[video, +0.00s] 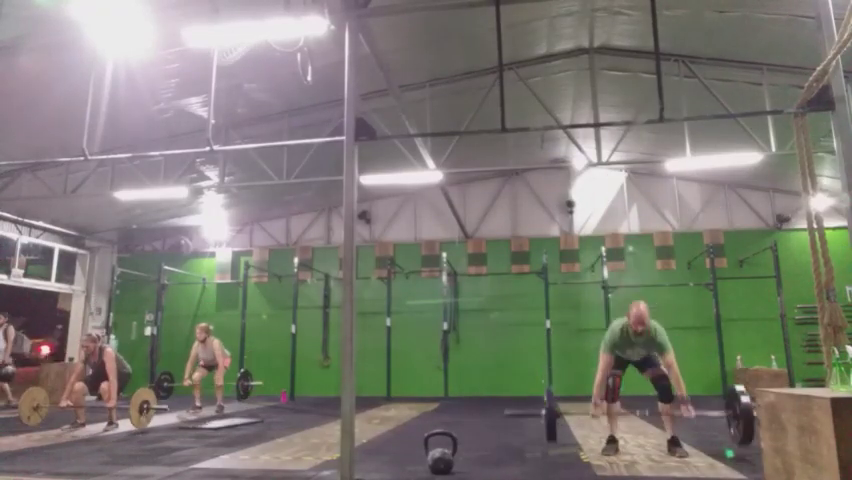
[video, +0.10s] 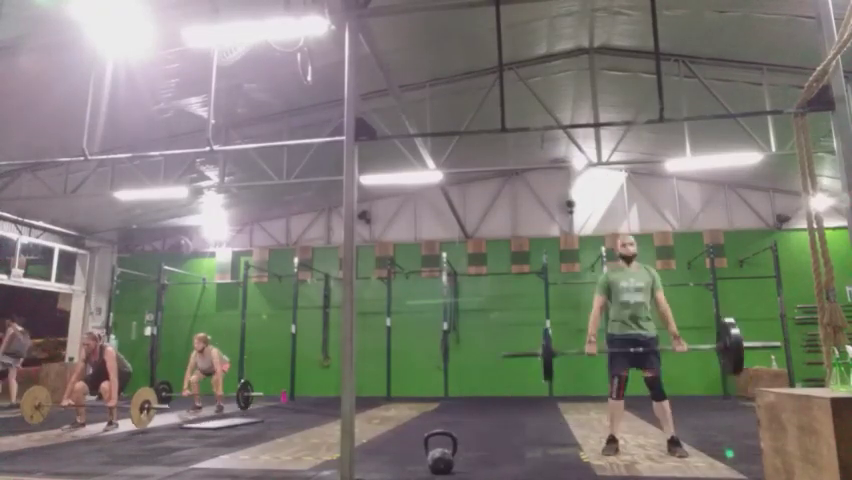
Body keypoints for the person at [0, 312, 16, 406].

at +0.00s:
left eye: (1, 317)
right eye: (0, 317)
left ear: (5, 318)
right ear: (2, 319)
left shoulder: (9, 328)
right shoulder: (3, 328)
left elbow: (9, 343)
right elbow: (9, 343)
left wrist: (6, 357)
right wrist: (6, 357)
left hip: (3, 359)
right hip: (2, 359)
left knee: (3, 381)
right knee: (3, 381)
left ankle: (10, 399)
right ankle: (10, 399)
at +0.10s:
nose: (7, 323)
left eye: (8, 321)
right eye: (7, 321)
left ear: (11, 321)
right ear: (19, 322)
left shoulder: (11, 329)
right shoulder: (24, 332)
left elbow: (5, 342)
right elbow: (25, 349)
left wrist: (1, 352)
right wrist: (20, 362)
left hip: (6, 356)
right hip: (16, 358)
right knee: (12, 378)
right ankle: (13, 400)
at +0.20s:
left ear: (6, 323)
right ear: (15, 323)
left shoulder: (3, 332)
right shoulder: (19, 334)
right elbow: (21, 349)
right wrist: (21, 361)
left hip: (3, 357)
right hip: (12, 358)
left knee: (4, 379)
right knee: (11, 379)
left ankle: (10, 398)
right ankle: (10, 399)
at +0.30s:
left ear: (5, 324)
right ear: (12, 325)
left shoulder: (2, 331)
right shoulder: (15, 334)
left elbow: (19, 348)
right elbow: (19, 348)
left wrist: (23, 359)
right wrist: (23, 359)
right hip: (7, 357)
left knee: (3, 378)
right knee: (3, 378)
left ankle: (1, 396)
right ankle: (1, 396)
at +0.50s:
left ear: (8, 327)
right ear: (16, 328)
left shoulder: (3, 335)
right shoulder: (18, 337)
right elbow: (19, 351)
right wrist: (20, 362)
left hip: (2, 359)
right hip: (11, 359)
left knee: (2, 378)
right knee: (8, 378)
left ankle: (2, 392)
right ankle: (2, 390)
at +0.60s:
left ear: (8, 328)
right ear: (17, 329)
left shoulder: (5, 337)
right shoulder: (20, 339)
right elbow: (24, 352)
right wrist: (28, 363)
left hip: (4, 360)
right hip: (15, 360)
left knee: (2, 380)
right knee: (13, 381)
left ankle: (1, 398)